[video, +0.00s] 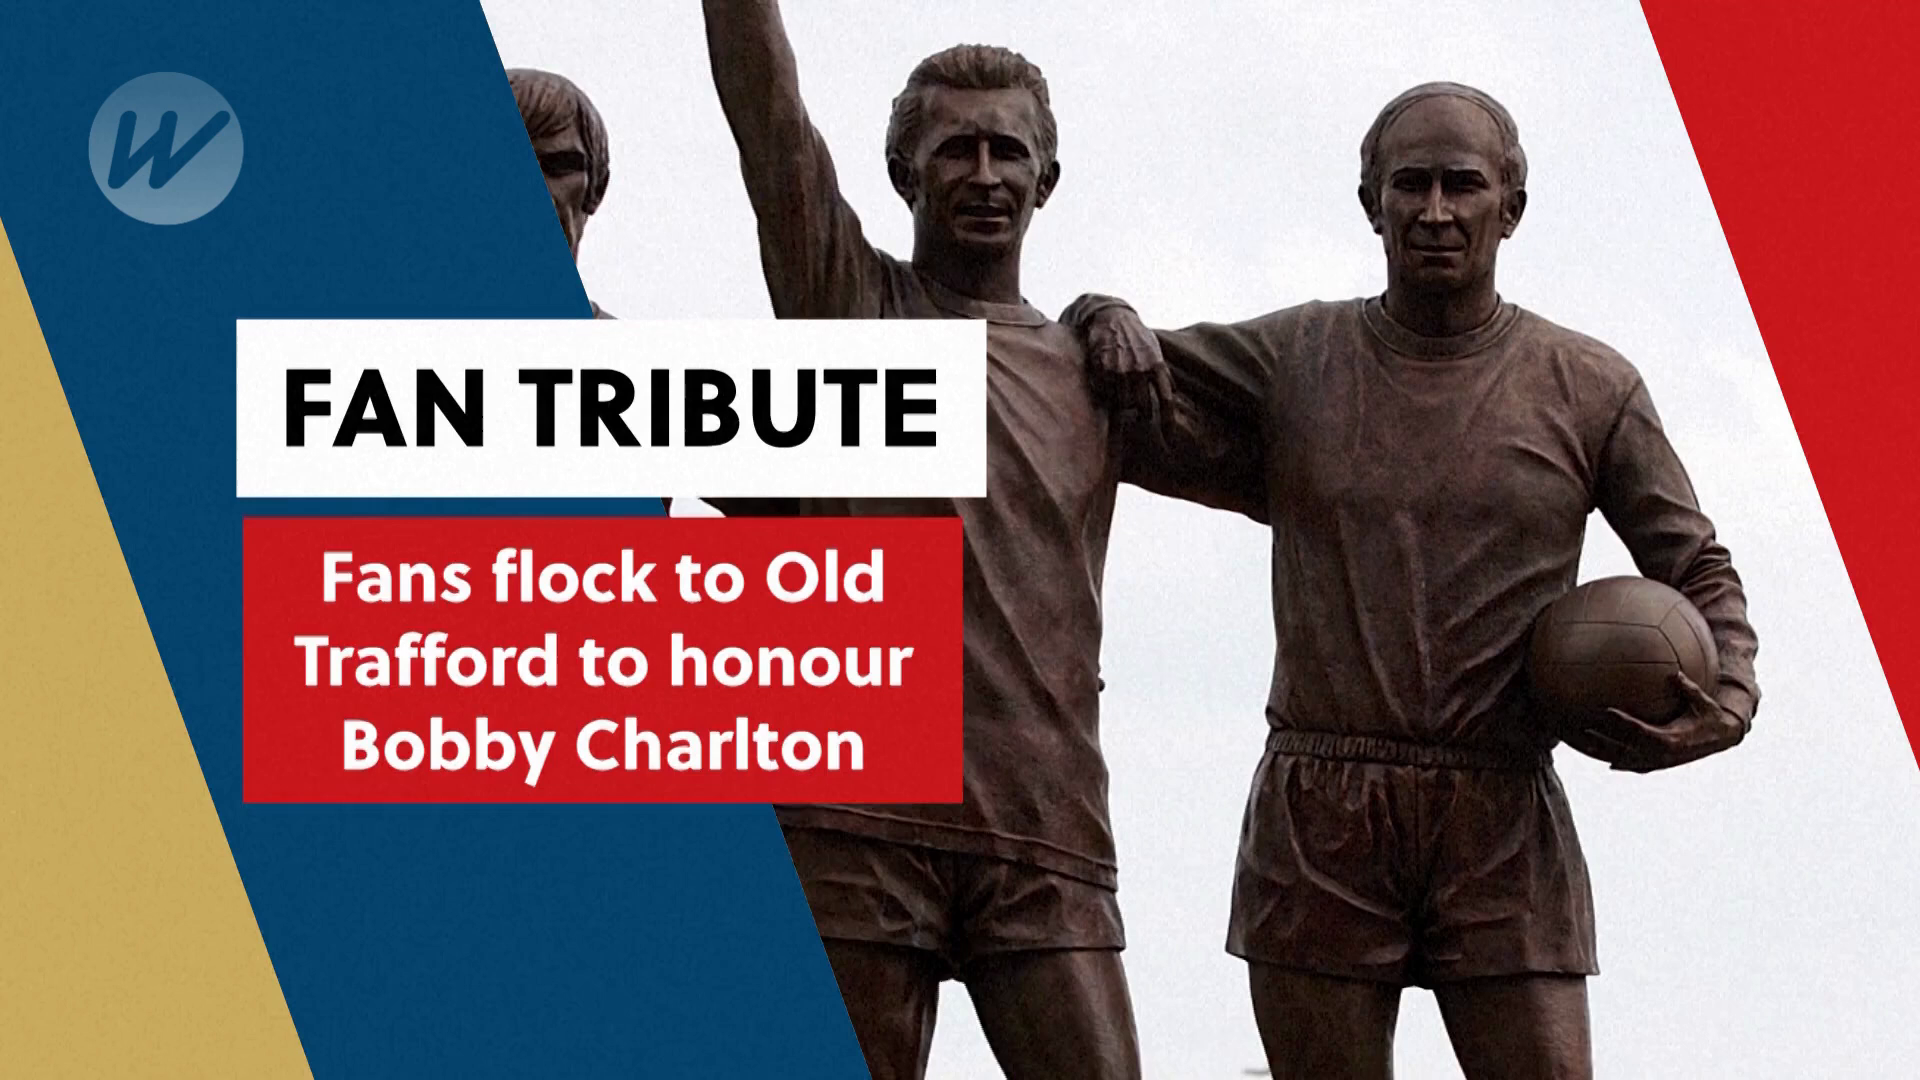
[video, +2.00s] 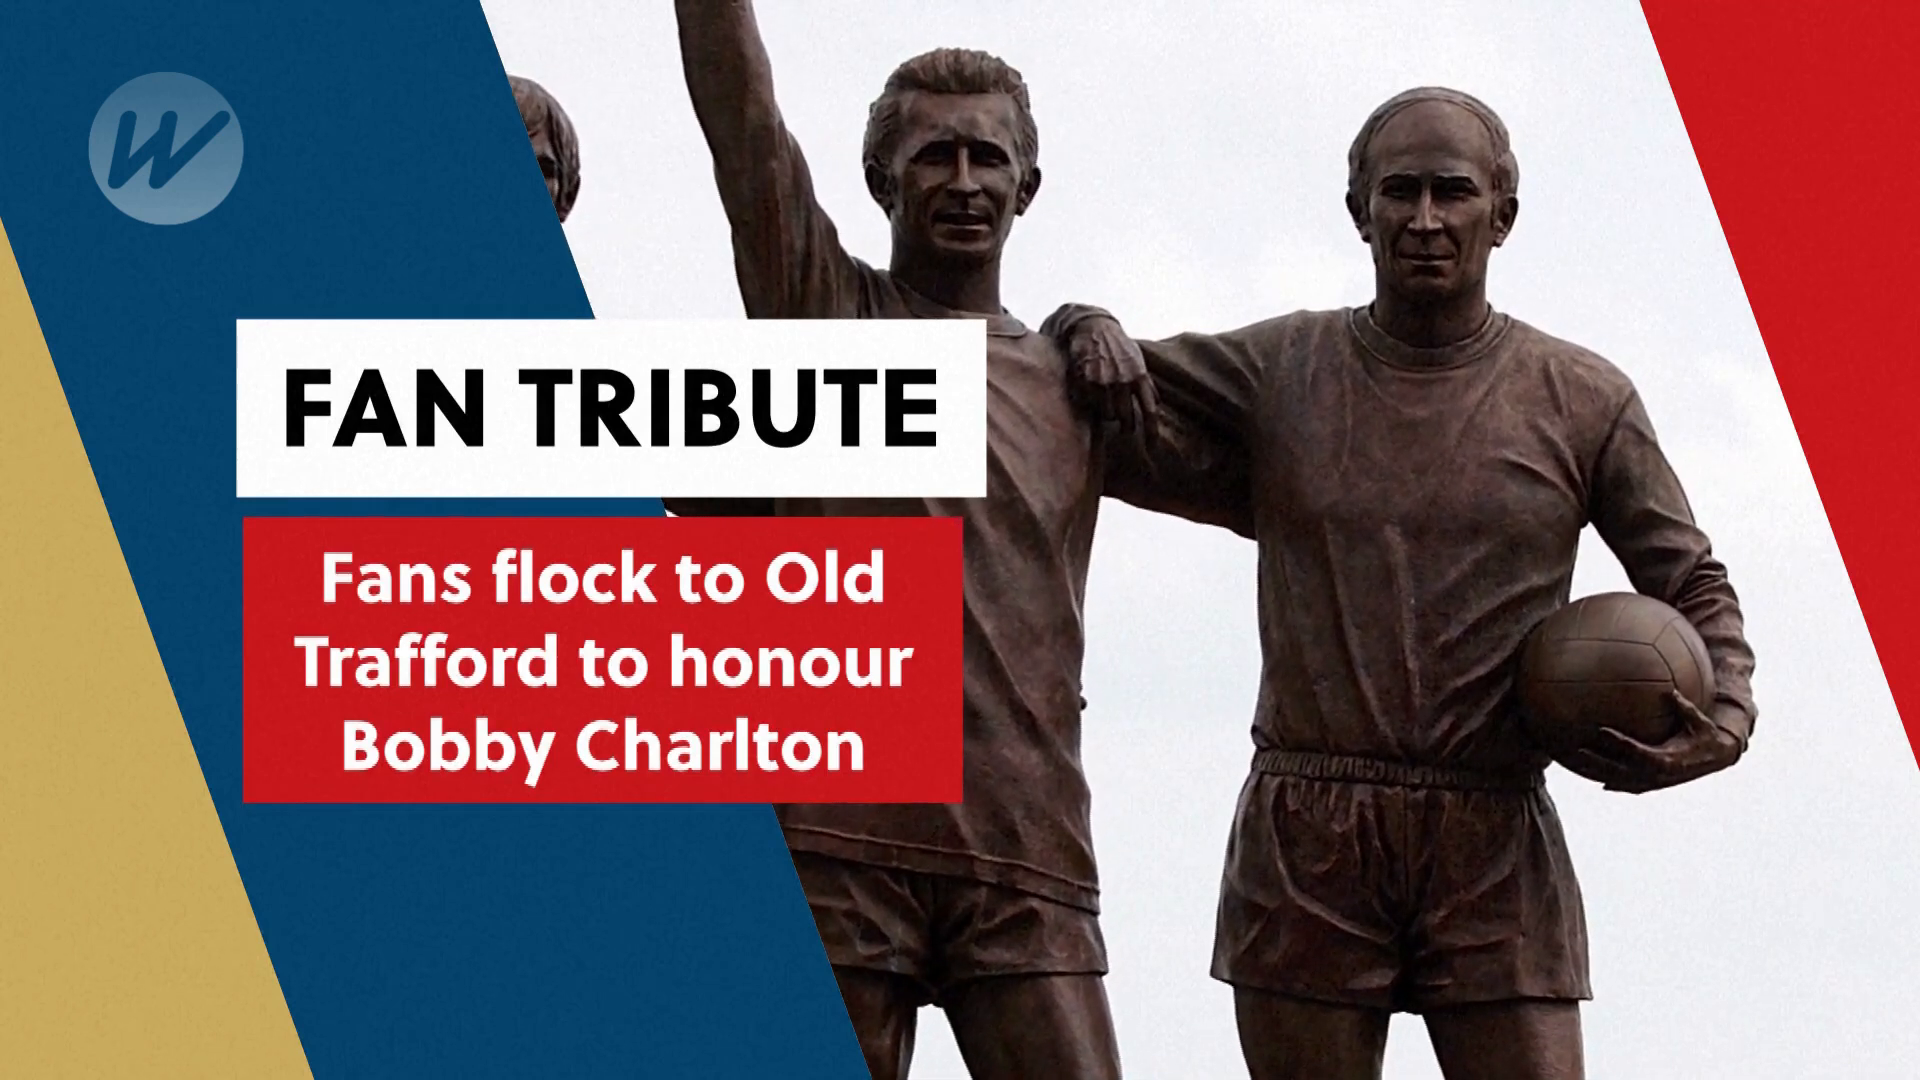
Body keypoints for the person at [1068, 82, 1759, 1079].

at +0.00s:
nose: (1434, 209)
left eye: (1463, 182)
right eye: (1407, 184)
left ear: (1512, 206)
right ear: (1371, 203)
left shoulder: (1591, 386)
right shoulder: (1292, 355)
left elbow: (1698, 570)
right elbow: (1112, 386)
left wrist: (1729, 690)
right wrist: (1100, 314)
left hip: (1501, 822)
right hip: (1317, 819)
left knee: (1550, 1067)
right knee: (1321, 1068)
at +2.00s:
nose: (1425, 217)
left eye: (1454, 190)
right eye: (1399, 191)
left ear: (1505, 215)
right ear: (1359, 211)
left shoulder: (1583, 397)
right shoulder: (1279, 366)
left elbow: (1691, 582)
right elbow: (1108, 403)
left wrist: (1725, 706)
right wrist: (1083, 326)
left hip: (1495, 845)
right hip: (1306, 841)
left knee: (1539, 1065)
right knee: (1304, 1068)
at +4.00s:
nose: (1414, 224)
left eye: (1443, 197)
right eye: (1387, 199)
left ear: (1495, 221)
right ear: (1347, 220)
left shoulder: (1577, 408)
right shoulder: (1265, 377)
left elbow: (1686, 599)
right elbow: (1084, 410)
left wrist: (1721, 730)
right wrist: (1066, 337)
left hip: (1485, 863)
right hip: (1291, 859)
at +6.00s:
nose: (1402, 233)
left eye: (1432, 204)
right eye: (1375, 206)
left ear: (1486, 228)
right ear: (1335, 227)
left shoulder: (1569, 419)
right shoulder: (1252, 387)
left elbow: (1681, 614)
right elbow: (1079, 440)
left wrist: (1718, 752)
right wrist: (1046, 351)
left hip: (1478, 891)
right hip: (1276, 885)